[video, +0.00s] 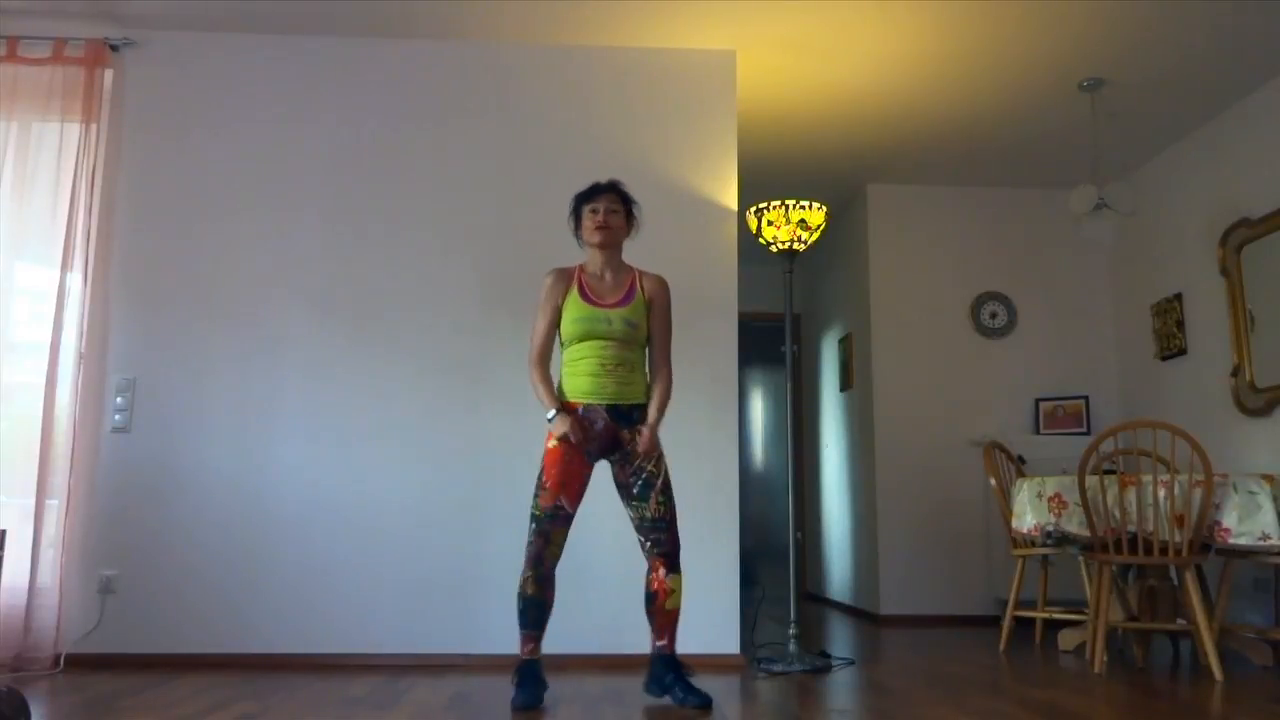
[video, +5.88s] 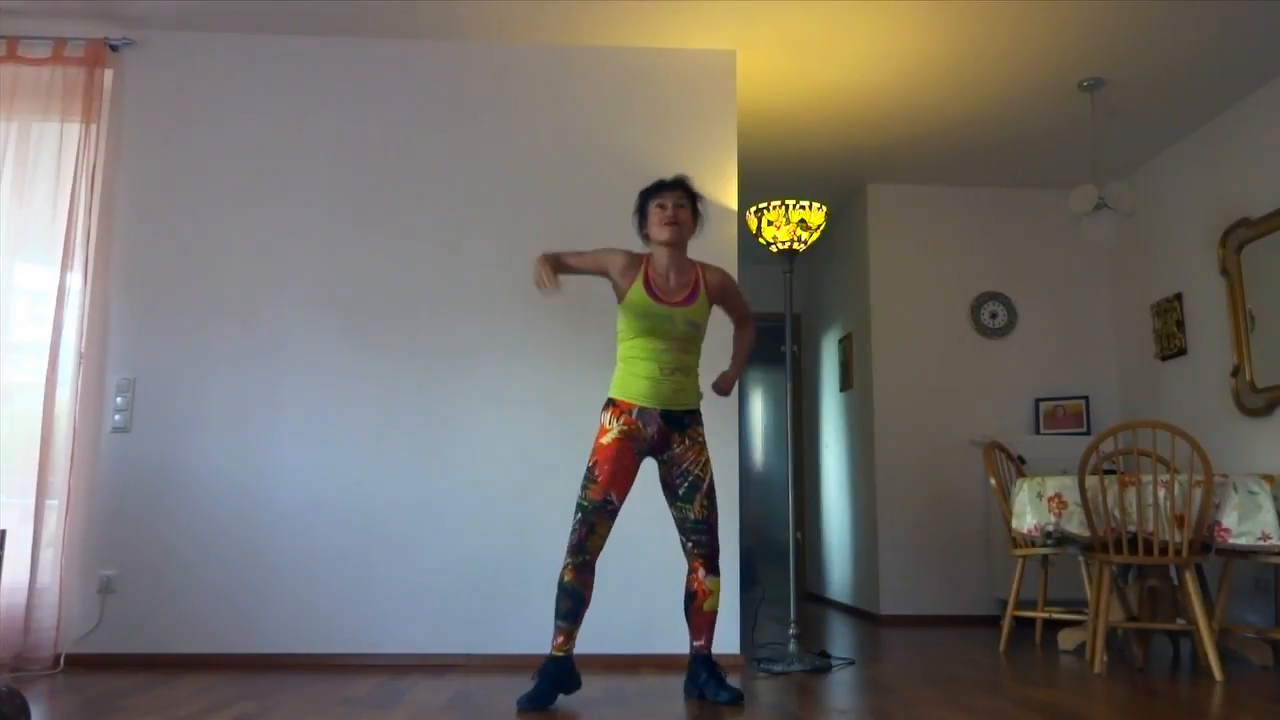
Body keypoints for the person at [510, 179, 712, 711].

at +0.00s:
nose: (601, 218)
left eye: (611, 212)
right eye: (592, 211)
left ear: (629, 224)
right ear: (578, 224)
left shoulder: (652, 286)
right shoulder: (563, 283)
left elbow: (661, 368)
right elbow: (537, 359)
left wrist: (652, 424)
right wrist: (555, 413)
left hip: (633, 426)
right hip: (574, 424)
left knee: (664, 546)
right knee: (543, 543)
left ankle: (664, 666)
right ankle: (528, 667)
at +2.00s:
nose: (612, 217)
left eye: (623, 211)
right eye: (602, 213)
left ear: (639, 226)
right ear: (588, 230)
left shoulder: (661, 286)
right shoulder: (572, 285)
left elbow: (684, 366)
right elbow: (541, 352)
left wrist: (651, 390)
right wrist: (517, 381)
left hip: (635, 428)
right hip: (577, 424)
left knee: (679, 543)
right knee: (557, 541)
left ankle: (657, 665)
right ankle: (529, 667)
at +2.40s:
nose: (636, 213)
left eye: (645, 207)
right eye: (626, 207)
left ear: (656, 222)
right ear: (606, 223)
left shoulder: (678, 284)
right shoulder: (588, 283)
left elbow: (714, 355)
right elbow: (569, 361)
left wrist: (710, 395)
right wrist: (599, 383)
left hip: (664, 421)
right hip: (605, 421)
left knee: (676, 541)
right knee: (571, 540)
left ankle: (685, 662)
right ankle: (559, 664)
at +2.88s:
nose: (640, 220)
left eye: (650, 217)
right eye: (632, 211)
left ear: (657, 233)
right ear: (608, 222)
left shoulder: (666, 291)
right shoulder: (577, 279)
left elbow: (681, 370)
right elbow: (534, 352)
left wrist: (678, 433)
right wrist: (549, 318)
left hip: (650, 421)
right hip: (588, 419)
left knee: (671, 541)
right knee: (563, 539)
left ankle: (679, 660)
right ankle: (542, 663)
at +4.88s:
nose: (628, 218)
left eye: (638, 211)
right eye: (618, 209)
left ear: (651, 221)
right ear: (598, 219)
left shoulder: (672, 281)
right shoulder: (582, 279)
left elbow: (693, 365)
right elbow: (506, 308)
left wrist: (665, 427)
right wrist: (507, 246)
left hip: (656, 421)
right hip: (595, 420)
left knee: (690, 543)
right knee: (574, 542)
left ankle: (700, 656)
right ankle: (546, 667)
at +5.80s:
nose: (663, 213)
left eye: (672, 207)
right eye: (653, 206)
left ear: (687, 220)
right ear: (637, 220)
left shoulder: (707, 279)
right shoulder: (616, 269)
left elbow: (749, 333)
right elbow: (536, 277)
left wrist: (731, 377)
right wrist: (528, 239)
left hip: (685, 421)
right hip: (624, 418)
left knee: (700, 544)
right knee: (583, 538)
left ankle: (707, 665)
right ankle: (560, 660)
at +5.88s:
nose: (670, 212)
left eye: (680, 206)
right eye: (660, 206)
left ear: (695, 221)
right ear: (644, 221)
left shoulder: (713, 279)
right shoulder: (624, 264)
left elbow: (746, 322)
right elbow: (555, 260)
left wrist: (734, 369)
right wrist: (545, 266)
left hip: (684, 424)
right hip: (624, 420)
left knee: (704, 545)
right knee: (584, 539)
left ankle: (702, 666)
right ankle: (559, 661)